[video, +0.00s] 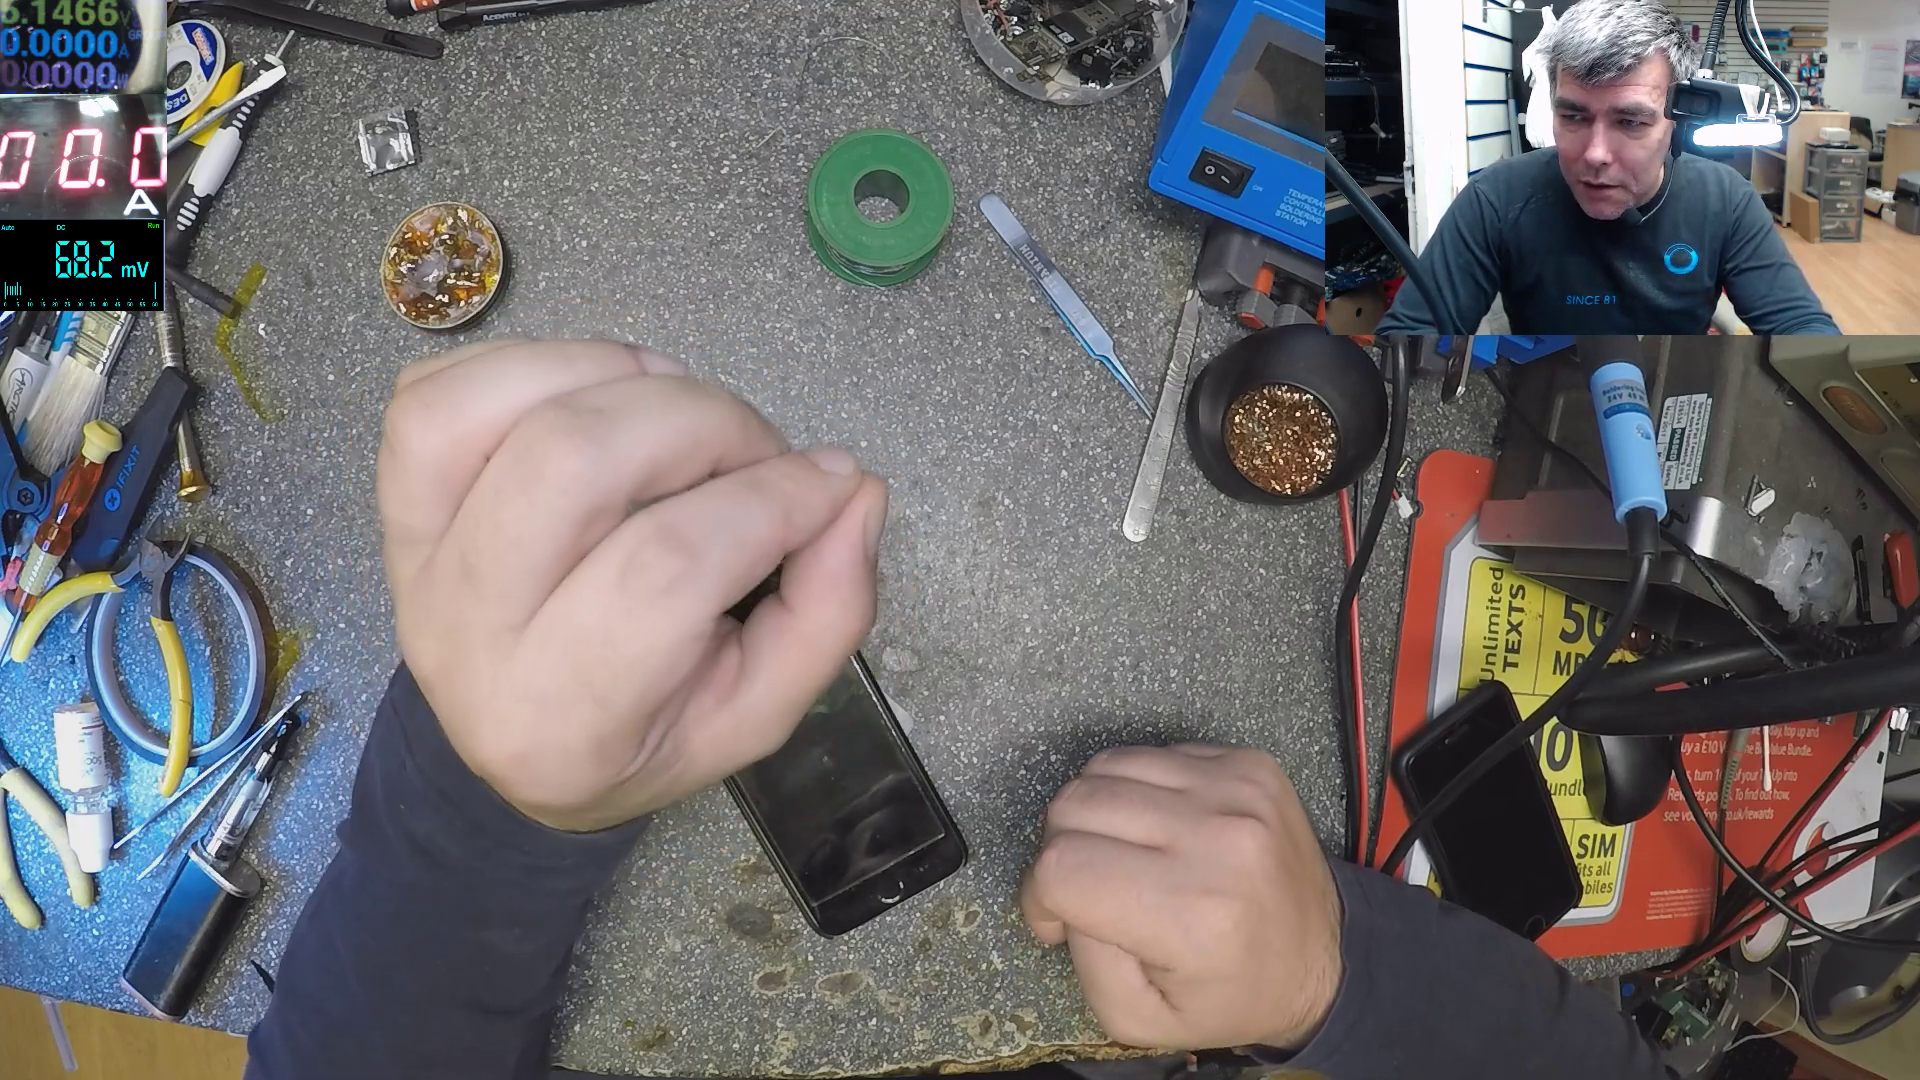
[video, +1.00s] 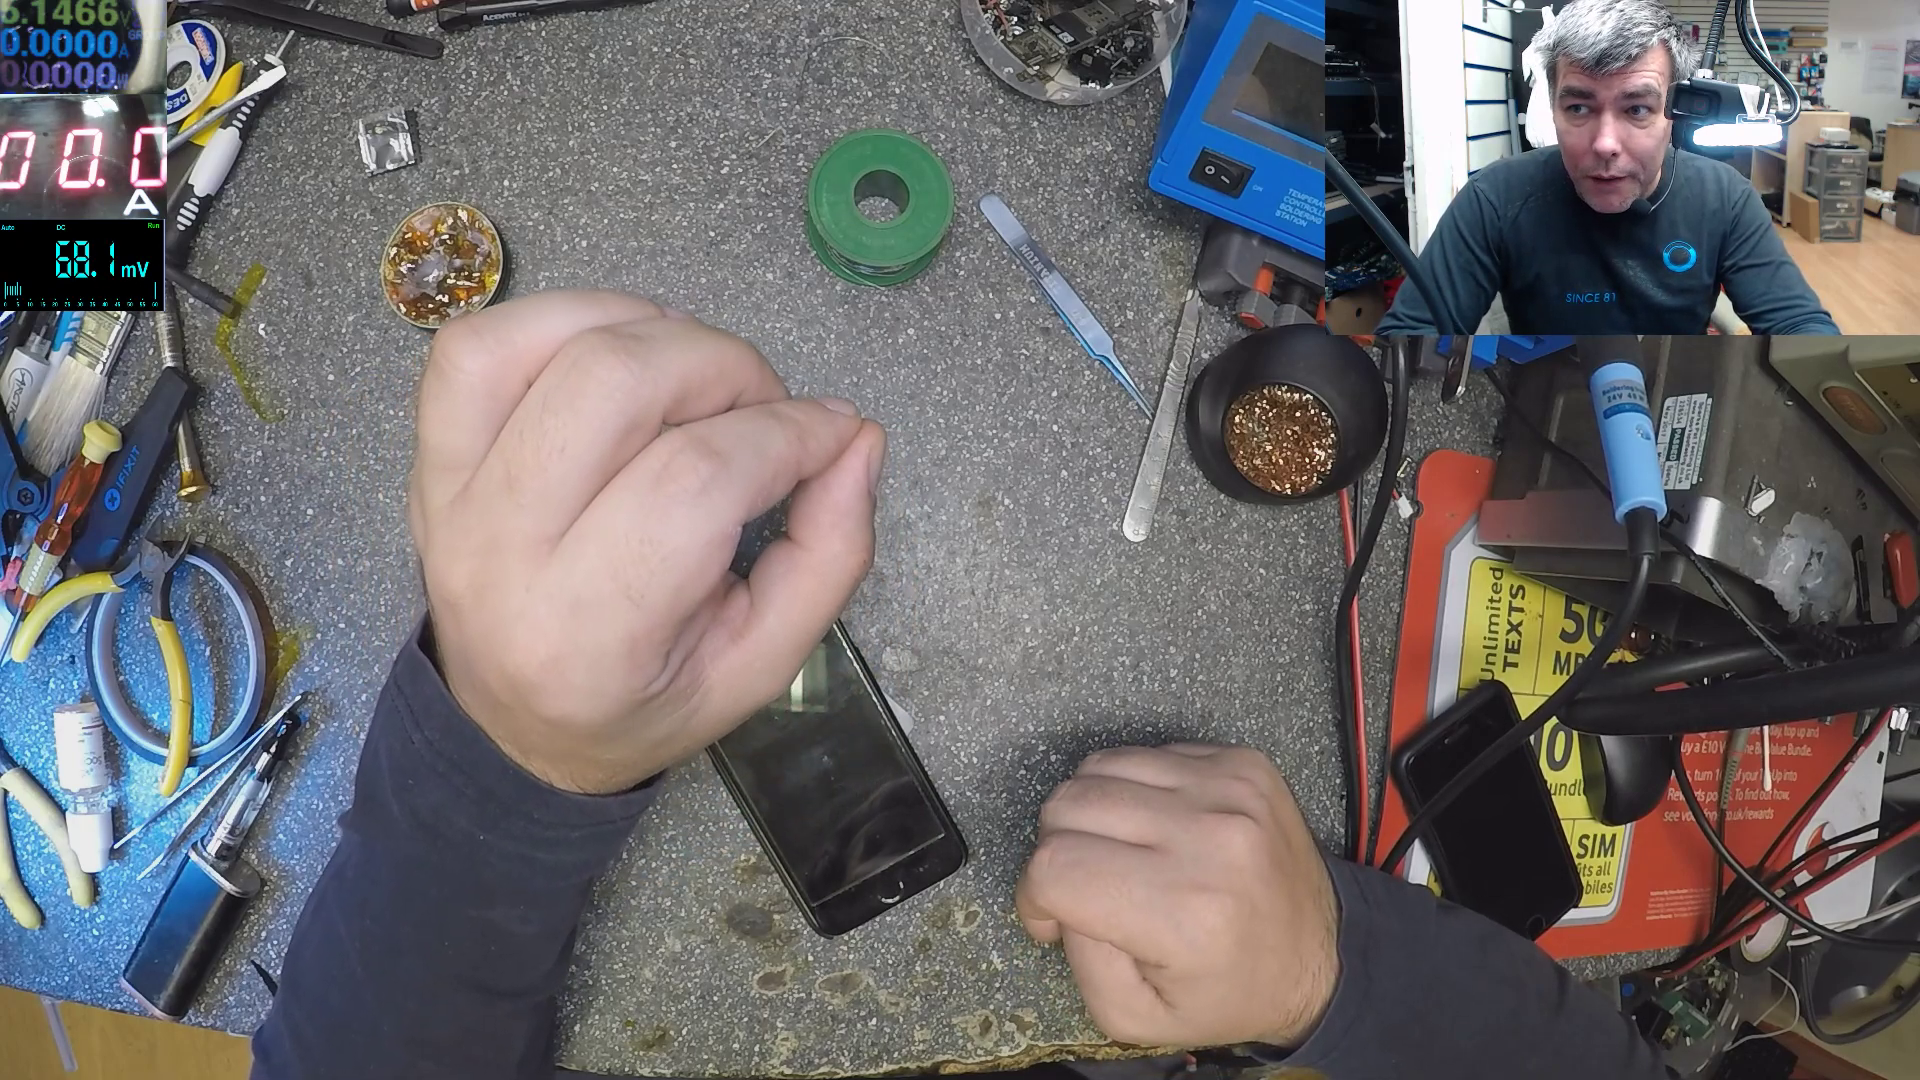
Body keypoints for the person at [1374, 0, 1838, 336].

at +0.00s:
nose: (1596, 155)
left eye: (1631, 122)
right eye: (1575, 116)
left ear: (1671, 118)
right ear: (1549, 109)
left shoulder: (1723, 202)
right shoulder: (1497, 203)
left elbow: (1805, 331)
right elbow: (1406, 335)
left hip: (1680, 420)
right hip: (1544, 421)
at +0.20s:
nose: (1599, 160)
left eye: (1631, 125)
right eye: (1575, 122)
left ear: (1670, 118)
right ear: (1549, 113)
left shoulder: (1723, 200)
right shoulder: (1496, 203)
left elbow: (1802, 330)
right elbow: (1406, 337)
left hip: (1680, 420)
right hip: (1544, 421)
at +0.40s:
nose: (1599, 155)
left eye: (1632, 120)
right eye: (1575, 116)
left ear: (1671, 117)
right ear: (1549, 111)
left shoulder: (1722, 200)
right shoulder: (1496, 203)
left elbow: (1802, 329)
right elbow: (1406, 335)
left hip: (1681, 422)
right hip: (1545, 424)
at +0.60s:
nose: (1599, 157)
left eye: (1632, 122)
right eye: (1575, 118)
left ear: (1671, 118)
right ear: (1549, 111)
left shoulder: (1722, 201)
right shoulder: (1496, 203)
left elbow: (1803, 330)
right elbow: (1407, 338)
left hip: (1680, 420)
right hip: (1544, 421)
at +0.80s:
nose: (1600, 154)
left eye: (1633, 118)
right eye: (1575, 115)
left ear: (1671, 116)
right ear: (1549, 109)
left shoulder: (1722, 200)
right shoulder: (1496, 203)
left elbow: (1802, 329)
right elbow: (1406, 335)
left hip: (1682, 421)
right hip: (1546, 423)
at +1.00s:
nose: (1606, 145)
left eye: (1636, 111)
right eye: (1579, 109)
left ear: (1670, 113)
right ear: (1550, 109)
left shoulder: (1722, 199)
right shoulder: (1495, 203)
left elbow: (1801, 327)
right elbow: (1407, 337)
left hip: (1681, 421)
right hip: (1544, 422)